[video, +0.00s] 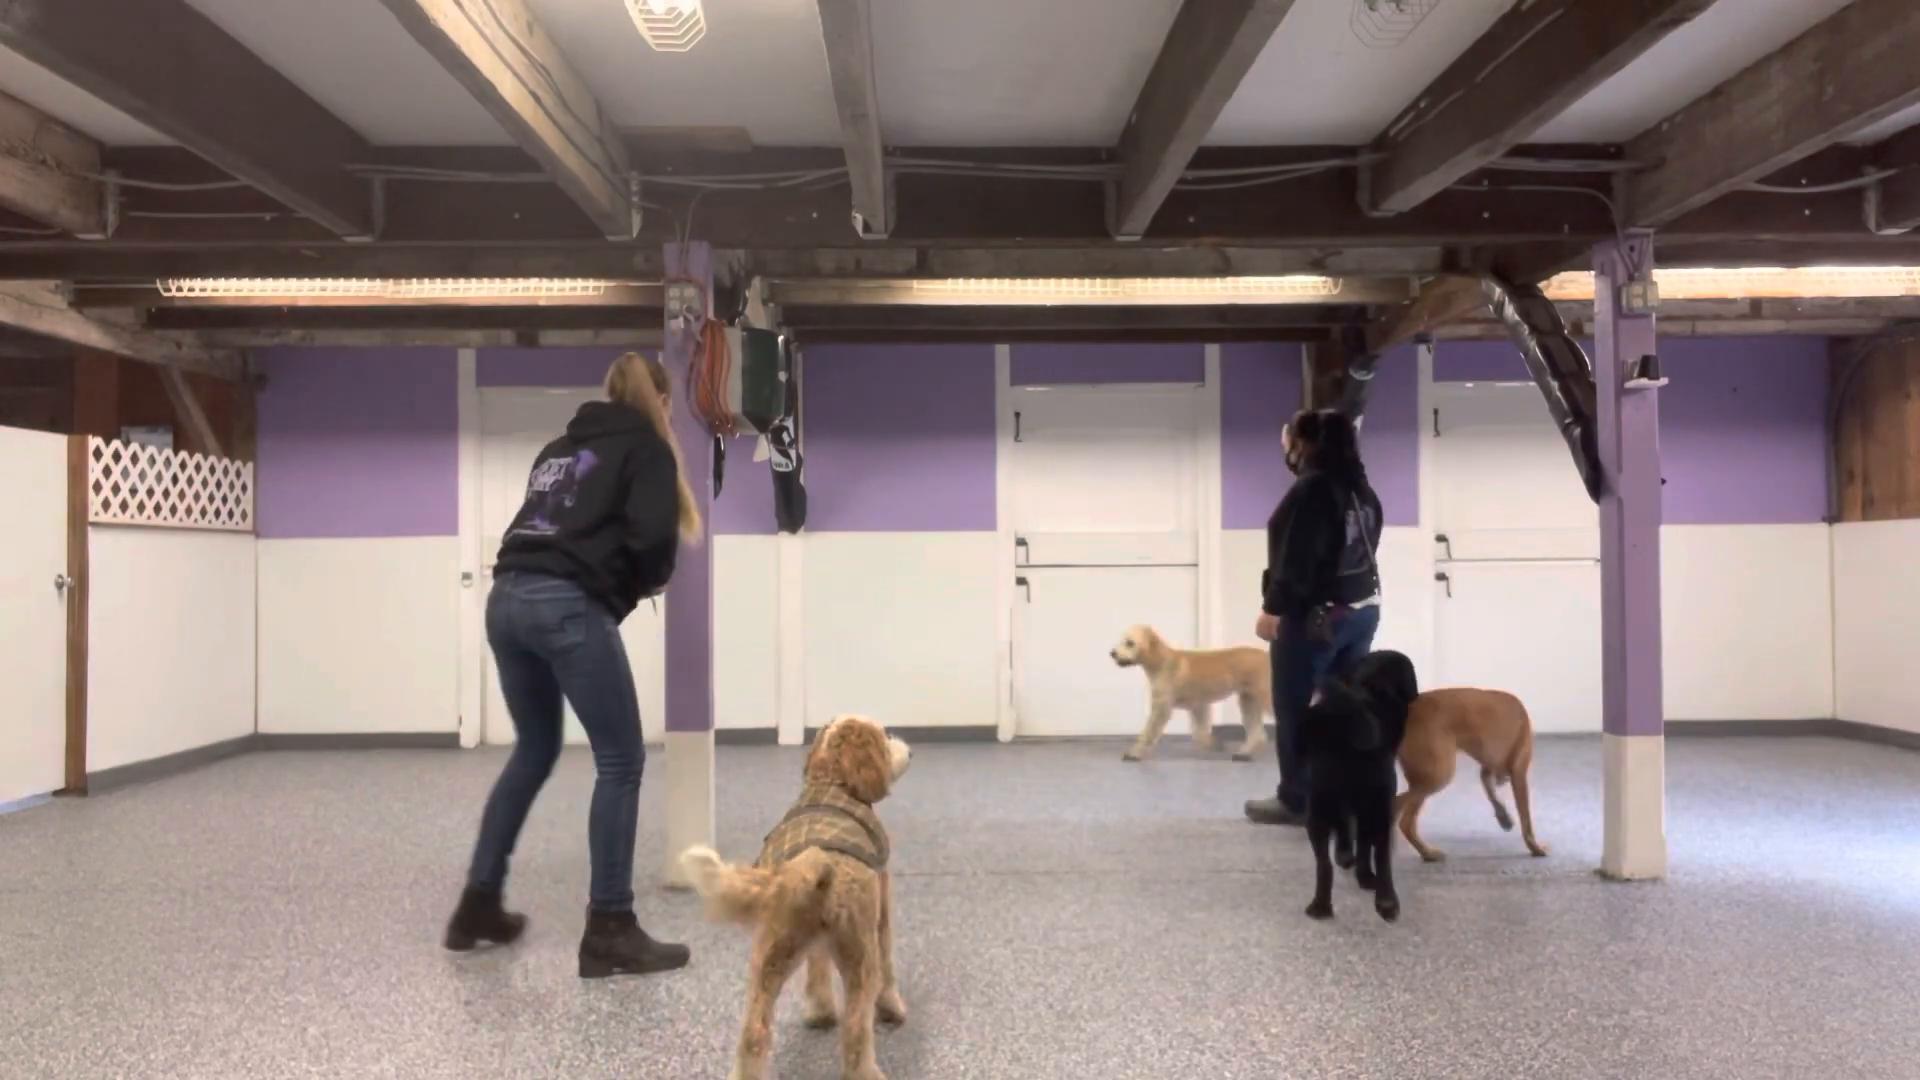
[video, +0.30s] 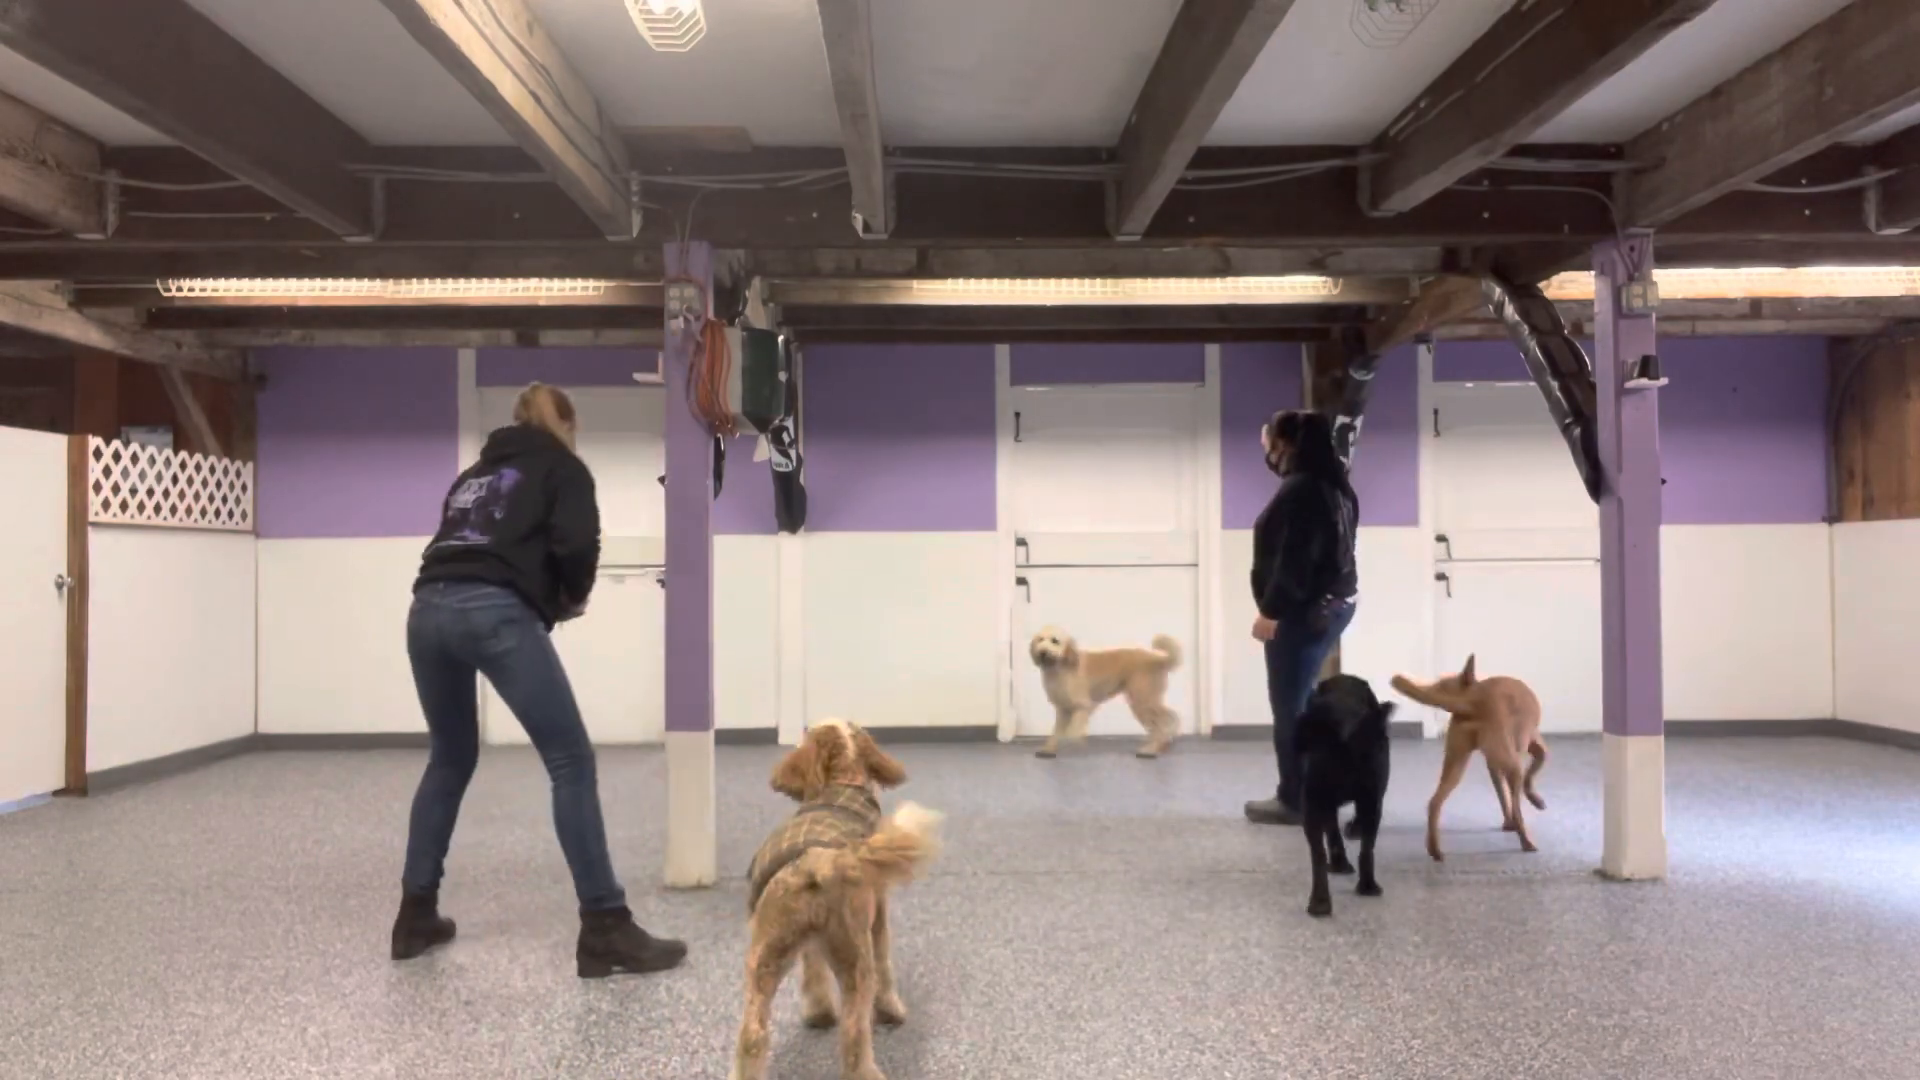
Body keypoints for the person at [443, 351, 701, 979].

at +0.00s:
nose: (671, 408)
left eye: (668, 399)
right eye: (668, 399)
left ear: (608, 395)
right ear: (659, 400)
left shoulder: (563, 444)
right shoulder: (647, 447)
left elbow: (547, 520)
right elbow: (653, 536)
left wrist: (604, 572)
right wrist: (645, 582)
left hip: (507, 599)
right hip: (568, 604)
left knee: (534, 752)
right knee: (620, 762)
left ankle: (478, 907)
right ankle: (611, 929)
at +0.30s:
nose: (572, 436)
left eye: (569, 428)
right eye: (572, 428)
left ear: (516, 423)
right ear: (565, 426)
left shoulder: (476, 469)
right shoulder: (565, 468)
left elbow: (462, 540)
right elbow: (574, 543)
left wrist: (533, 594)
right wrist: (572, 597)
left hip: (428, 611)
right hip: (496, 610)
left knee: (450, 756)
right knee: (570, 763)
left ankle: (415, 915)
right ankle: (605, 926)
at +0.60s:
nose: (518, 454)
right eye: (517, 447)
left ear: (461, 447)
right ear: (514, 449)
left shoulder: (427, 495)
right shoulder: (524, 482)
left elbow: (407, 574)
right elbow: (552, 554)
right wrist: (536, 611)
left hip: (407, 615)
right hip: (482, 609)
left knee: (433, 760)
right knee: (552, 764)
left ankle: (414, 915)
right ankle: (589, 927)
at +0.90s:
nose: (490, 452)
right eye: (487, 444)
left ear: (427, 449)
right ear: (482, 446)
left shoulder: (396, 500)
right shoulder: (499, 486)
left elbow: (325, 563)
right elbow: (540, 558)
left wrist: (382, 600)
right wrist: (549, 618)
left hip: (392, 630)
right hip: (469, 619)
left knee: (435, 759)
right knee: (551, 766)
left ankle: (414, 915)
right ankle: (590, 925)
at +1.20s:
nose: (448, 417)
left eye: (445, 408)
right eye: (446, 408)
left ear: (387, 409)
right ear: (436, 406)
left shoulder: (354, 470)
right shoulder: (443, 457)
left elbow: (332, 561)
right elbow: (478, 530)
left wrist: (373, 598)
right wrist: (520, 579)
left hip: (356, 629)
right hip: (426, 619)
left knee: (427, 759)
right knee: (512, 758)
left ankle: (415, 915)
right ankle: (534, 920)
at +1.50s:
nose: (406, 395)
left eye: (404, 385)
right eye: (403, 385)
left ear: (340, 382)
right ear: (390, 386)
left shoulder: (304, 446)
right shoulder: (387, 442)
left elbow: (286, 535)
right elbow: (426, 522)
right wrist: (463, 569)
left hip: (301, 621)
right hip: (360, 622)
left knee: (392, 765)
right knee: (383, 773)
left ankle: (413, 911)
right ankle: (267, 911)